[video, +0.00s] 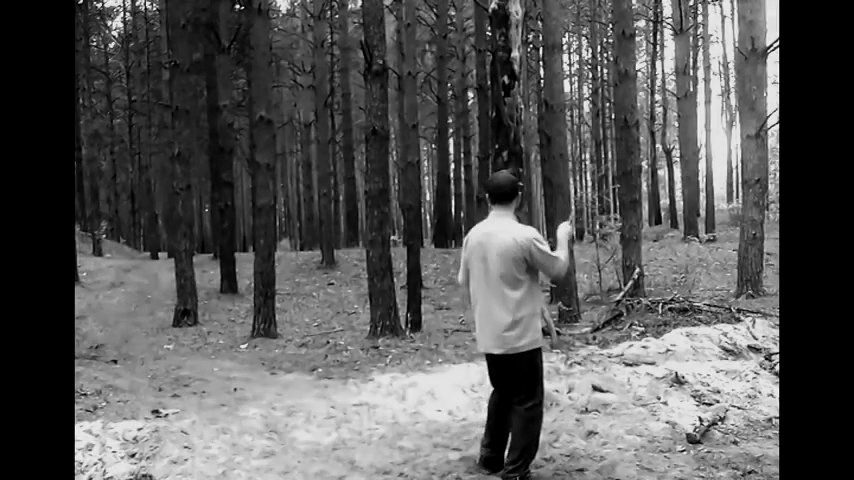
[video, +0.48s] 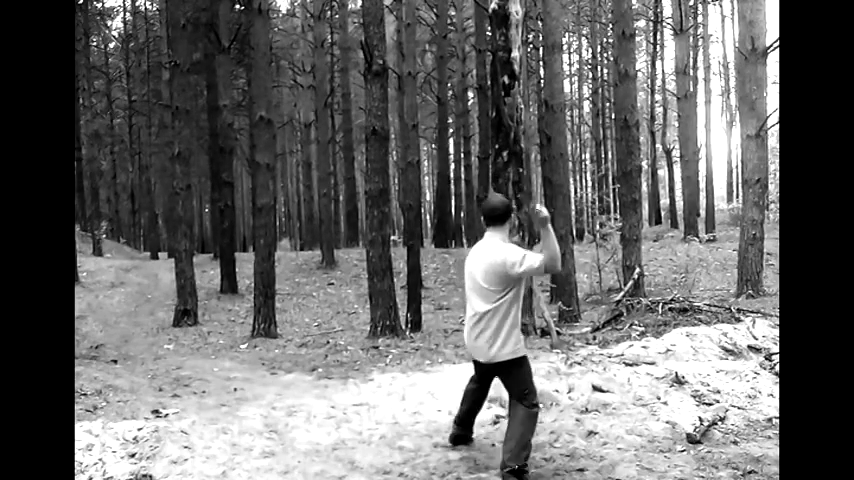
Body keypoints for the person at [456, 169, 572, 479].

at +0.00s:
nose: (523, 195)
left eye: (518, 191)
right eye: (522, 192)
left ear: (488, 198)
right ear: (518, 196)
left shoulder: (473, 236)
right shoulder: (524, 237)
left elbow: (464, 281)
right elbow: (559, 271)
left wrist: (482, 309)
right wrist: (563, 237)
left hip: (488, 334)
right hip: (520, 336)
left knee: (501, 394)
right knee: (529, 401)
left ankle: (489, 458)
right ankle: (517, 468)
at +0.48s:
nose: (516, 217)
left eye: (514, 213)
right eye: (515, 213)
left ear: (484, 219)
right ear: (511, 218)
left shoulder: (476, 250)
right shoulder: (507, 255)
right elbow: (553, 265)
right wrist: (545, 226)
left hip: (476, 342)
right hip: (504, 346)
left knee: (480, 380)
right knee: (526, 402)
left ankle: (460, 432)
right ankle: (513, 465)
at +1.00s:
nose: (434, 241)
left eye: (433, 237)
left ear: (436, 236)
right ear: (457, 231)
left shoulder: (440, 252)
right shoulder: (471, 250)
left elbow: (439, 284)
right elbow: (476, 293)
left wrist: (432, 311)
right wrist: (456, 323)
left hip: (475, 319)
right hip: (504, 310)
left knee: (470, 375)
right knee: (523, 354)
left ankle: (469, 431)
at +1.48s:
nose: (446, 208)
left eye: (446, 204)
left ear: (450, 207)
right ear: (474, 203)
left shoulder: (461, 237)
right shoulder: (495, 228)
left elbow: (460, 282)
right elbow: (509, 264)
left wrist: (446, 307)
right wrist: (484, 290)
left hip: (484, 317)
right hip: (511, 312)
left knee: (473, 372)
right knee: (506, 366)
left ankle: (472, 430)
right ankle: (527, 425)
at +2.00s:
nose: (474, 207)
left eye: (477, 201)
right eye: (472, 202)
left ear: (493, 199)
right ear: (482, 202)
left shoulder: (515, 229)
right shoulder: (489, 231)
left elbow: (526, 273)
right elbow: (497, 270)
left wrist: (494, 296)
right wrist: (474, 280)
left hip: (513, 315)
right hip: (501, 314)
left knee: (502, 370)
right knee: (518, 369)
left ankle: (528, 435)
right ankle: (528, 426)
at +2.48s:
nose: (492, 204)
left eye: (498, 197)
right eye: (488, 199)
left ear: (513, 195)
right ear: (486, 200)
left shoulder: (539, 230)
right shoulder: (486, 233)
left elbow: (562, 271)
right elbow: (480, 269)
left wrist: (549, 308)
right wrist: (471, 288)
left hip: (534, 328)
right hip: (497, 327)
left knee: (538, 395)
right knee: (487, 382)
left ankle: (541, 451)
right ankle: (513, 431)